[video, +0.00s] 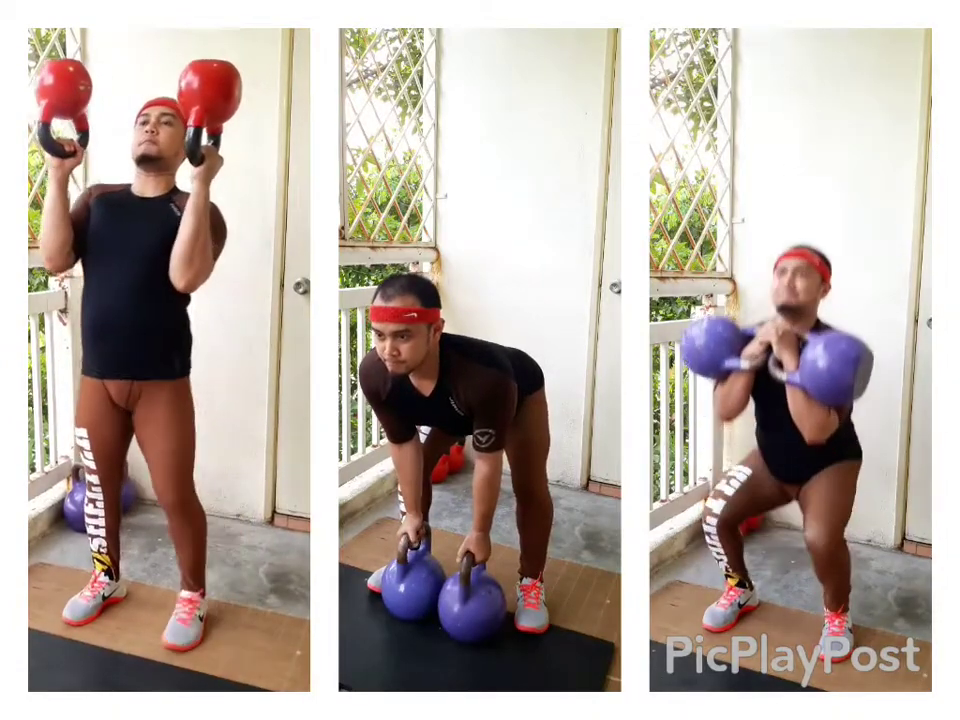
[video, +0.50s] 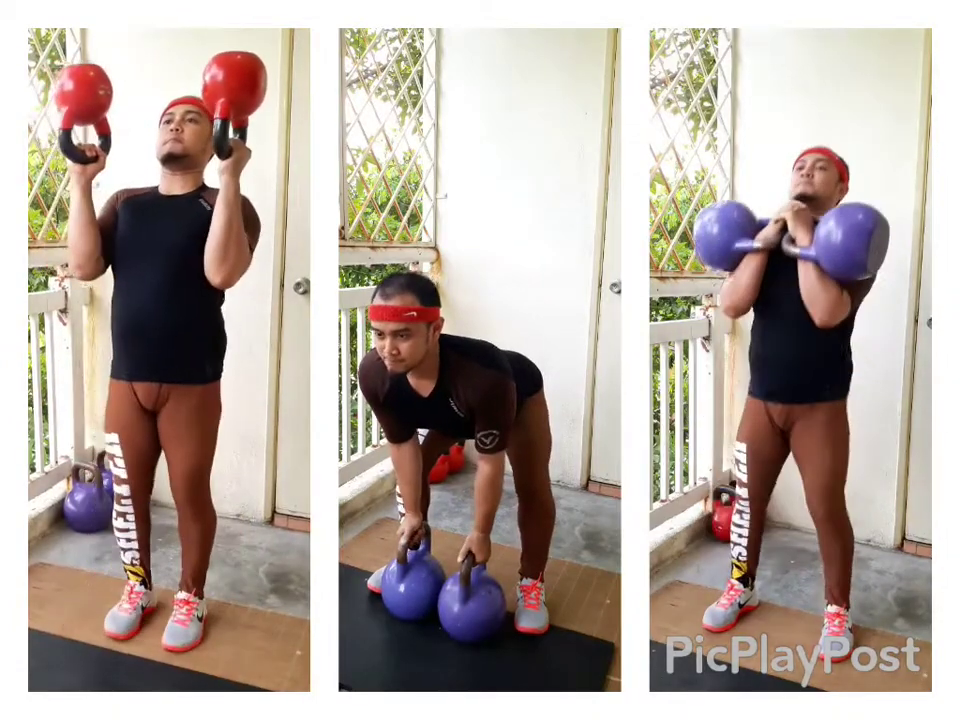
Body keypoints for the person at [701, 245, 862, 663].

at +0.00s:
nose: (790, 280)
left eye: (802, 274)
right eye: (783, 272)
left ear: (823, 290)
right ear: (771, 283)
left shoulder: (833, 347)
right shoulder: (753, 339)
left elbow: (817, 431)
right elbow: (725, 412)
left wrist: (790, 362)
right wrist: (751, 358)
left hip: (831, 461)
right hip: (774, 458)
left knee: (821, 538)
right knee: (721, 517)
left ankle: (837, 615)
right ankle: (740, 588)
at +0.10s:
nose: (792, 254)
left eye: (805, 248)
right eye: (786, 246)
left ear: (825, 265)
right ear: (774, 258)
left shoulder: (833, 324)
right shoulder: (755, 317)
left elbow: (818, 404)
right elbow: (726, 387)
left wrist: (792, 336)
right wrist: (750, 334)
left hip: (829, 446)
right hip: (774, 442)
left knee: (824, 535)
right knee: (722, 512)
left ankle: (836, 614)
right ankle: (740, 586)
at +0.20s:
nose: (795, 226)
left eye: (808, 221)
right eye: (788, 218)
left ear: (829, 238)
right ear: (777, 231)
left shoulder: (835, 299)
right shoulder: (756, 291)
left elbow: (819, 376)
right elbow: (729, 359)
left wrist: (793, 307)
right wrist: (751, 306)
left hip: (829, 433)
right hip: (773, 427)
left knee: (829, 531)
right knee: (727, 505)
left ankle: (837, 615)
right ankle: (740, 587)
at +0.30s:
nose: (798, 200)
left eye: (812, 195)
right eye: (792, 192)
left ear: (832, 214)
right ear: (779, 206)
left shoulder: (840, 272)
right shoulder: (757, 265)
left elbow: (822, 348)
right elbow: (729, 332)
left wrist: (796, 276)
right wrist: (755, 273)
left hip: (830, 419)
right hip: (771, 413)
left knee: (833, 521)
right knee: (734, 496)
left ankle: (837, 613)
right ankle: (739, 585)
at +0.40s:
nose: (801, 177)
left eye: (815, 173)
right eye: (795, 172)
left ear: (838, 194)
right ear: (784, 190)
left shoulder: (844, 251)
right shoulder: (760, 246)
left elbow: (824, 322)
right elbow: (731, 312)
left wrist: (800, 250)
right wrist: (761, 248)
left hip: (827, 408)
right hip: (767, 403)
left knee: (831, 514)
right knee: (742, 496)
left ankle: (837, 612)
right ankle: (739, 586)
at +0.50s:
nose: (805, 173)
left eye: (819, 168)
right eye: (799, 168)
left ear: (843, 188)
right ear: (788, 184)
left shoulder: (847, 246)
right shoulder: (763, 238)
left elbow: (827, 313)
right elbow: (731, 304)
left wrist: (802, 240)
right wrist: (765, 239)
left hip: (819, 404)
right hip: (761, 398)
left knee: (827, 511)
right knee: (750, 501)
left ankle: (836, 611)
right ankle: (740, 586)